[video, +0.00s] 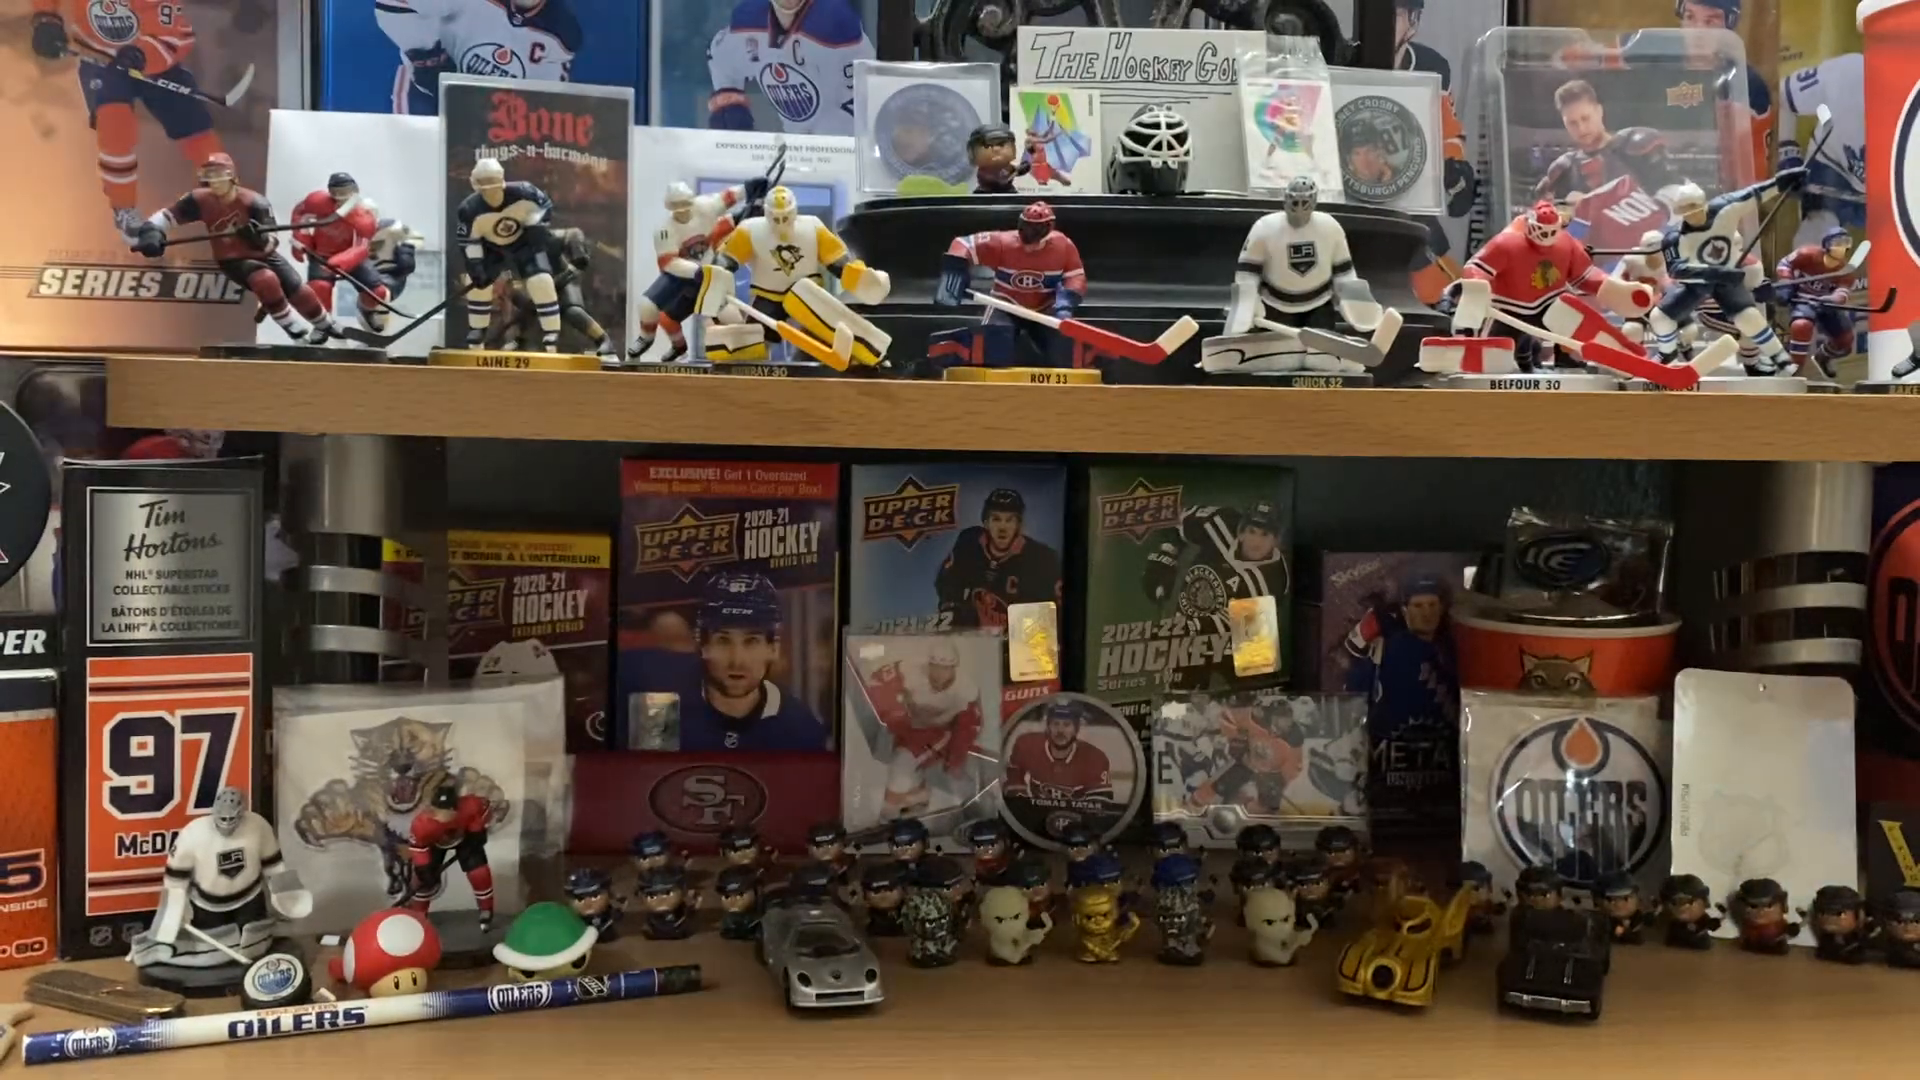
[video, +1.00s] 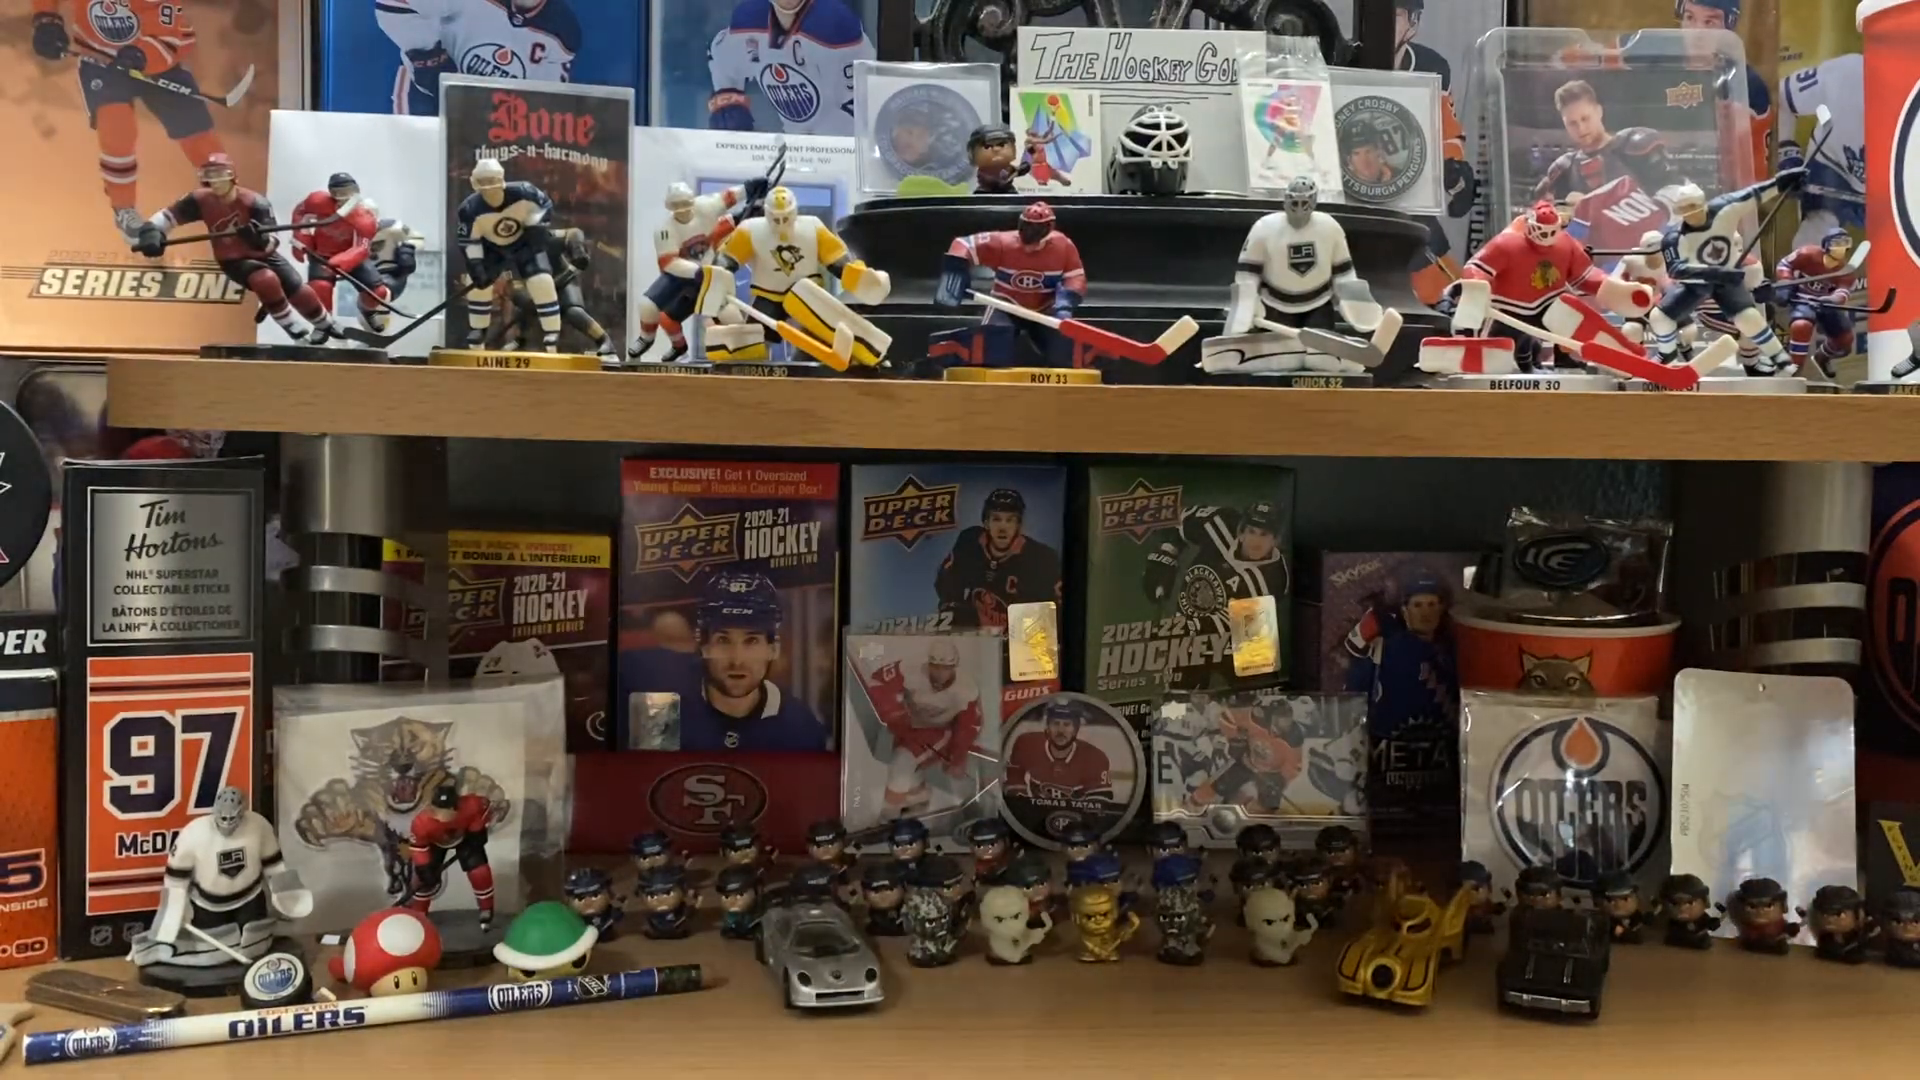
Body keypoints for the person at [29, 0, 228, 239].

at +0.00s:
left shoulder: (158, 6)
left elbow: (178, 37)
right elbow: (46, 3)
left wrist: (142, 54)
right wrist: (46, 20)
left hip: (154, 58)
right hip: (99, 59)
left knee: (197, 129)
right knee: (116, 125)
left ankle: (229, 210)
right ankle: (125, 212)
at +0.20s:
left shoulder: (160, 7)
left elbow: (178, 37)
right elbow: (46, 3)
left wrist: (142, 54)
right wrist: (46, 20)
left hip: (154, 58)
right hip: (99, 59)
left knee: (196, 127)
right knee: (117, 125)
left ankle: (229, 207)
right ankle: (125, 211)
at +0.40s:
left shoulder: (159, 6)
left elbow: (178, 38)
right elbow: (46, 1)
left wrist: (142, 54)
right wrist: (46, 19)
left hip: (153, 58)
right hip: (99, 59)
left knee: (197, 130)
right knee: (118, 127)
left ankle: (232, 208)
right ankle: (125, 211)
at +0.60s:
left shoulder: (161, 7)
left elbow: (172, 38)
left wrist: (141, 53)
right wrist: (46, 18)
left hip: (158, 61)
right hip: (100, 61)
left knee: (205, 148)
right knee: (118, 128)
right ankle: (125, 210)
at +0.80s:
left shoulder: (161, 6)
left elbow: (172, 39)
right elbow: (47, 1)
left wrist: (141, 54)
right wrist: (46, 18)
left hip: (157, 60)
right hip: (99, 60)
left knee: (205, 147)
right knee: (118, 126)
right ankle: (125, 211)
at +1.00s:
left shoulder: (161, 7)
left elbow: (172, 40)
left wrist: (141, 54)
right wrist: (46, 18)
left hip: (157, 60)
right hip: (100, 60)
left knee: (206, 149)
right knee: (118, 128)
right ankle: (125, 211)